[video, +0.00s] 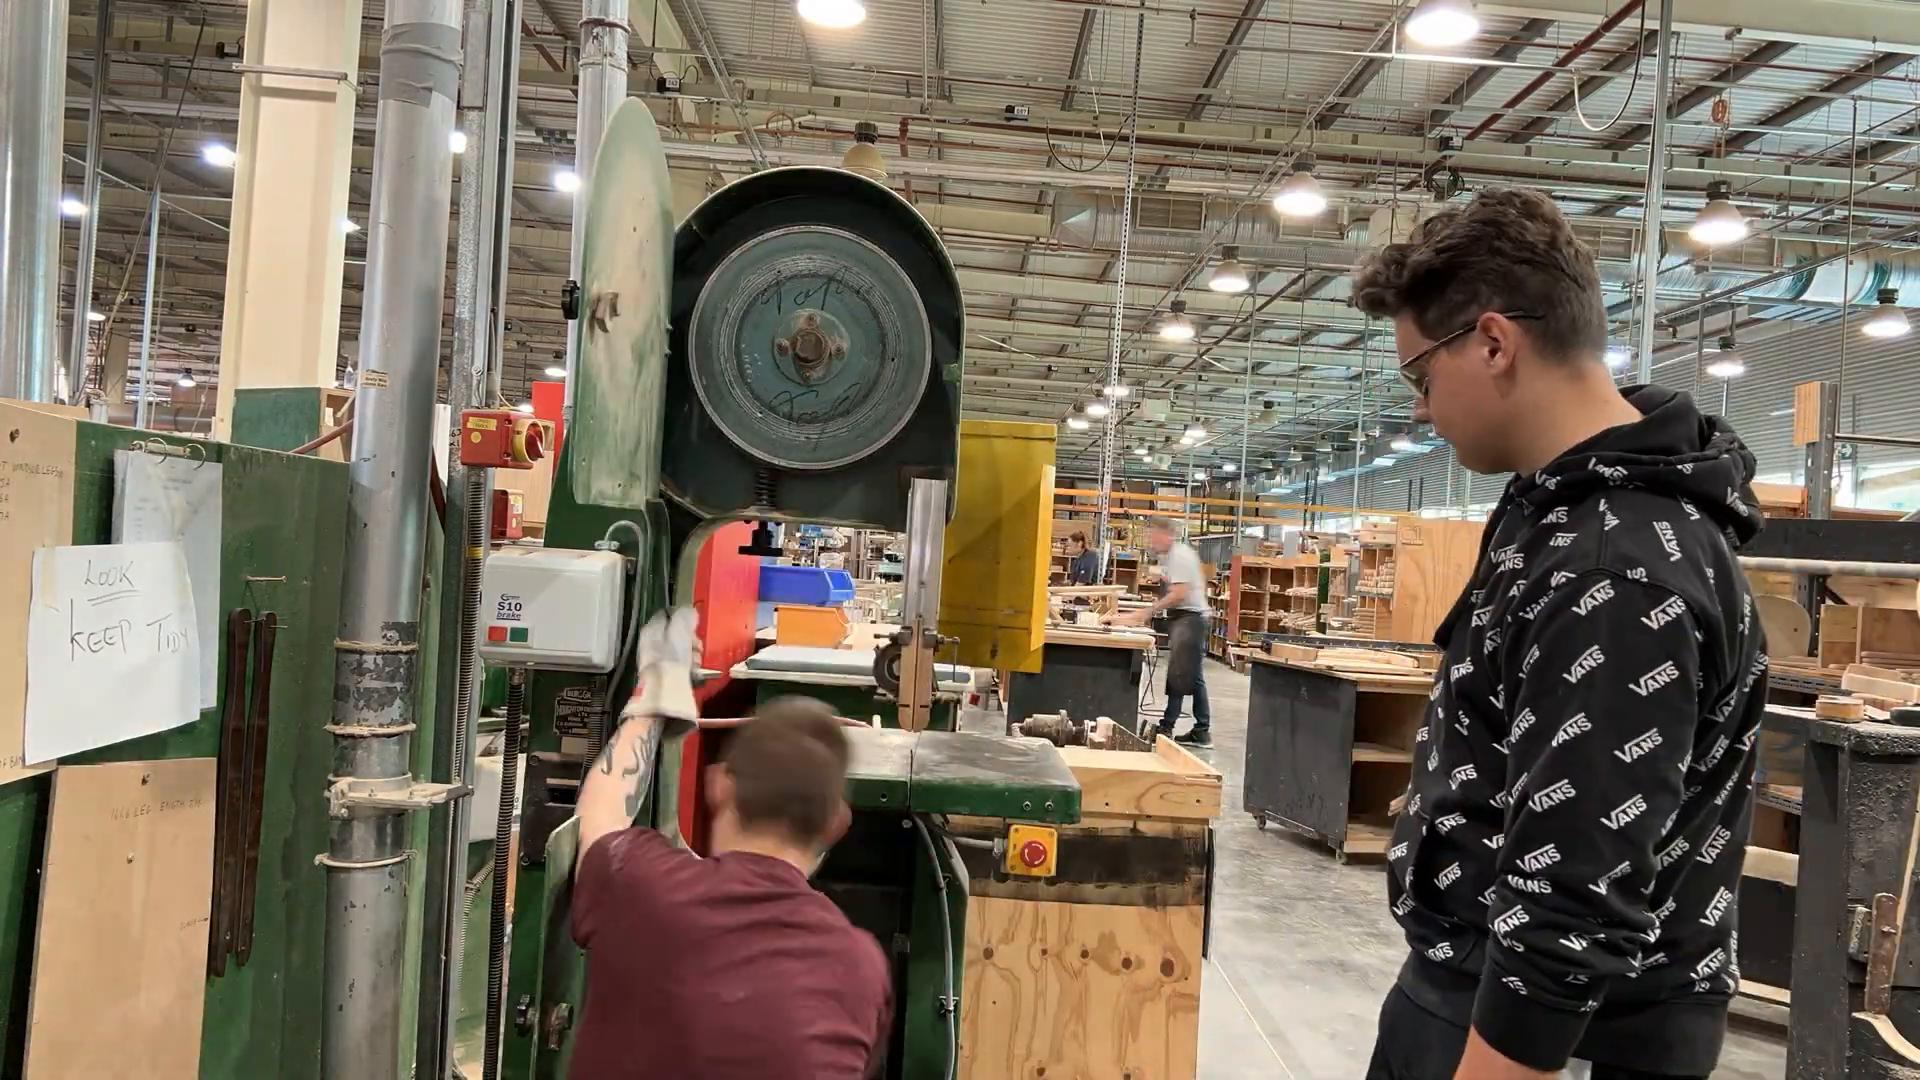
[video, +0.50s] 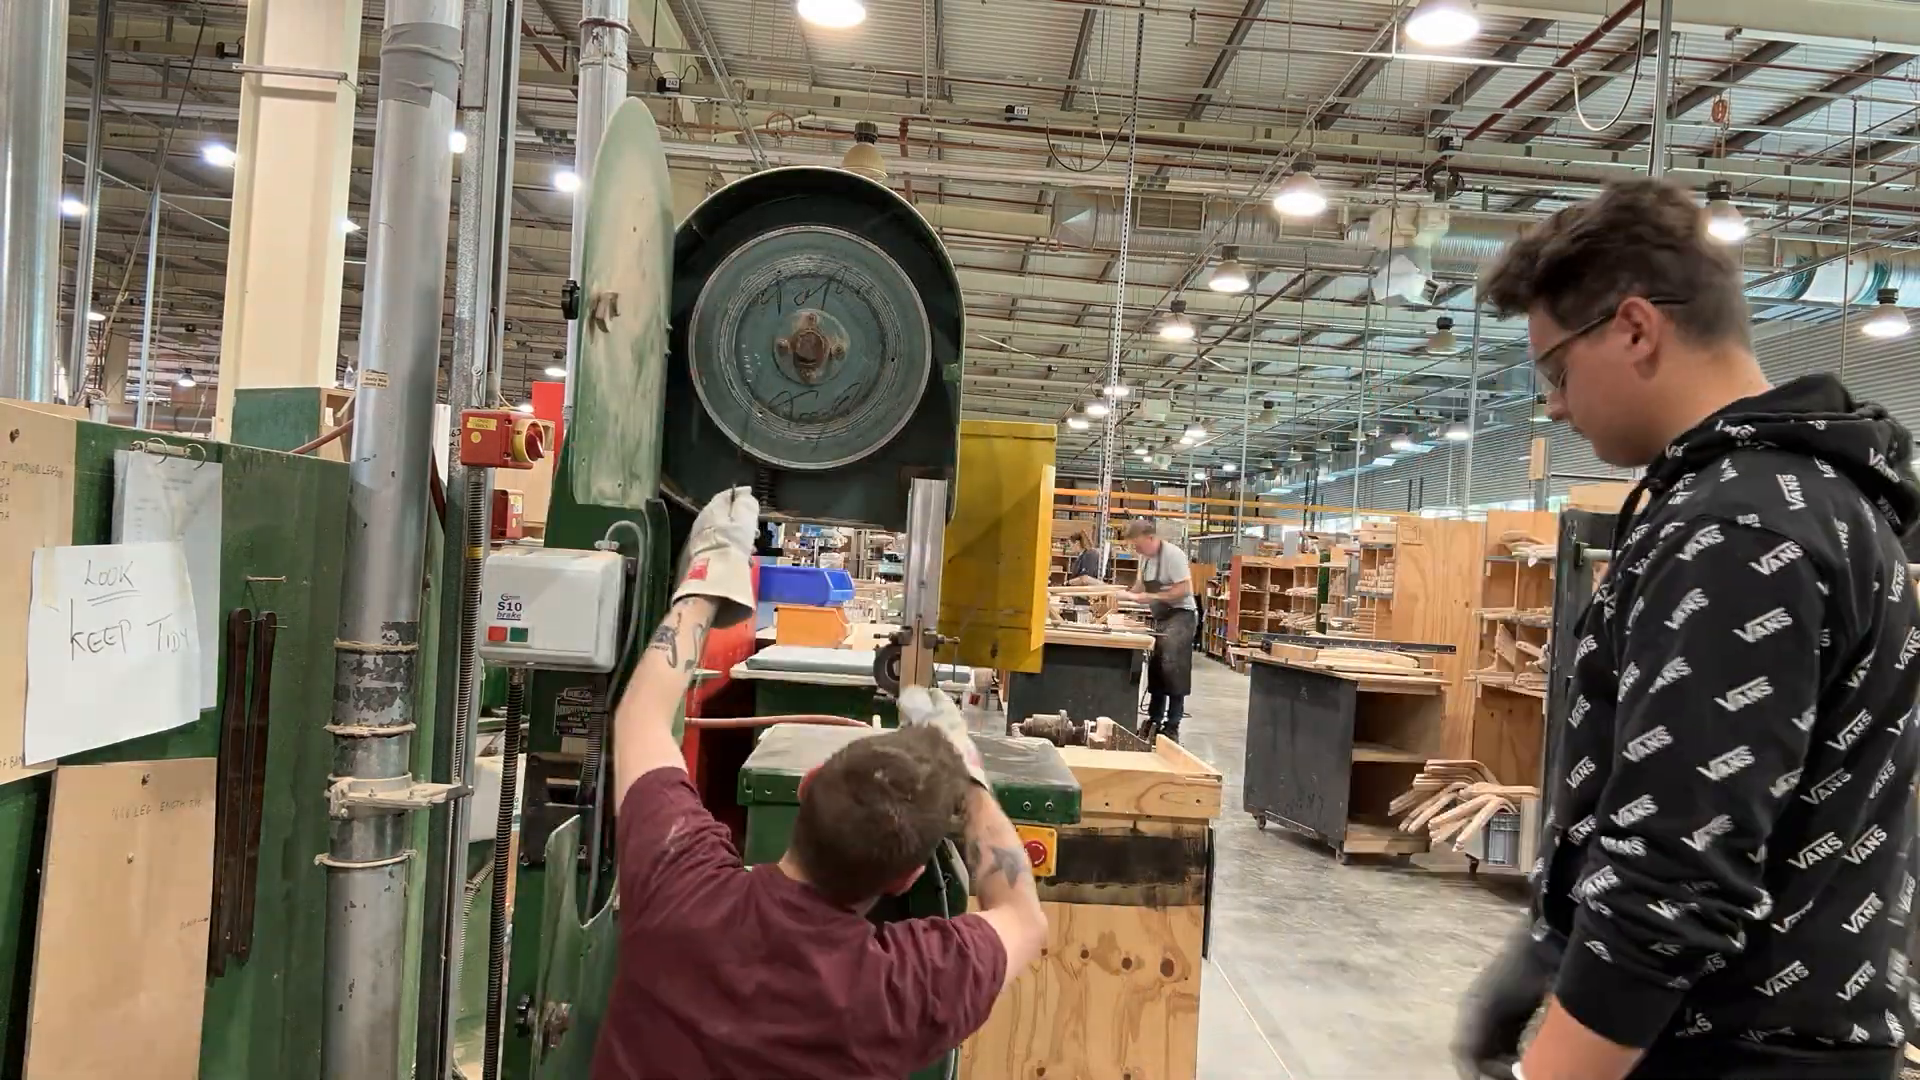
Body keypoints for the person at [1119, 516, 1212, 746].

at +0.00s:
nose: (1151, 541)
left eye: (1154, 536)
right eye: (1151, 536)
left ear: (1168, 535)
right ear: (1164, 536)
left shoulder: (1180, 556)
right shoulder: (1171, 555)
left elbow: (1179, 592)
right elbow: (1176, 590)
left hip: (1190, 619)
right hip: (1185, 618)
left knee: (1177, 675)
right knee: (1194, 676)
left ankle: (1165, 728)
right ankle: (1202, 729)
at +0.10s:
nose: (1136, 547)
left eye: (1137, 542)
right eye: (1135, 543)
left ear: (1150, 536)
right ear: (1148, 538)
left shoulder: (1168, 555)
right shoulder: (1155, 557)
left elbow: (1175, 592)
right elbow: (1154, 592)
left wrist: (1152, 621)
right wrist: (1143, 618)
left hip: (1183, 616)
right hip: (1172, 615)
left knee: (1170, 671)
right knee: (1177, 671)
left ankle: (1164, 728)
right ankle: (1198, 724)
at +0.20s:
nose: (1149, 542)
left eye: (1152, 537)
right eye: (1148, 537)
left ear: (1165, 533)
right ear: (1157, 535)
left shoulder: (1181, 554)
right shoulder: (1160, 552)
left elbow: (1188, 589)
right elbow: (1151, 580)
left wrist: (1153, 593)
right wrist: (1132, 583)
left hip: (1179, 616)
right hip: (1162, 614)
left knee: (1172, 669)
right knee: (1156, 669)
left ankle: (1172, 725)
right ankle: (1157, 719)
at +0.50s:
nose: (1136, 550)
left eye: (1138, 545)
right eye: (1134, 546)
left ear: (1151, 538)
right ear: (1145, 540)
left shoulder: (1173, 555)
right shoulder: (1147, 559)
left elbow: (1182, 590)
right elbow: (1138, 589)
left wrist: (1148, 597)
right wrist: (1120, 595)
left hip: (1182, 614)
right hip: (1161, 614)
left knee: (1174, 666)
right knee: (1157, 666)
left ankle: (1172, 725)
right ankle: (1154, 720)